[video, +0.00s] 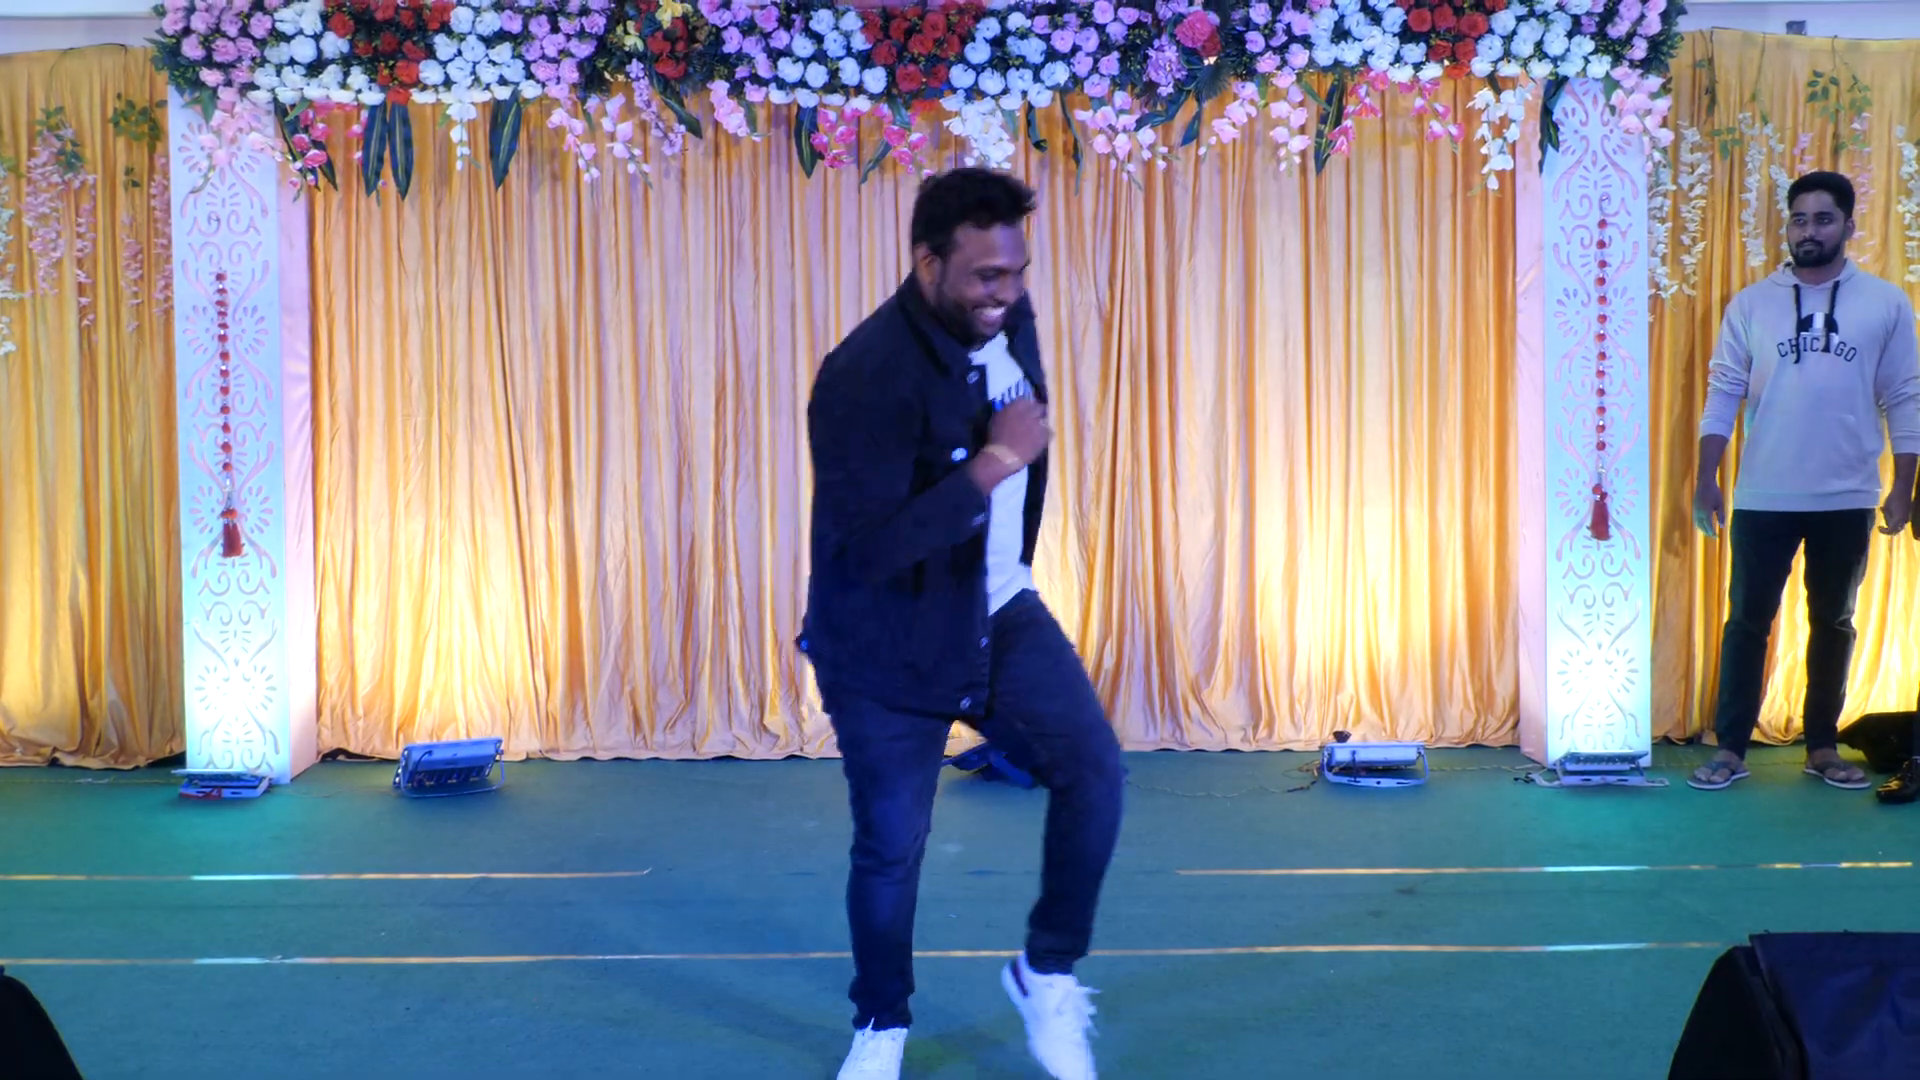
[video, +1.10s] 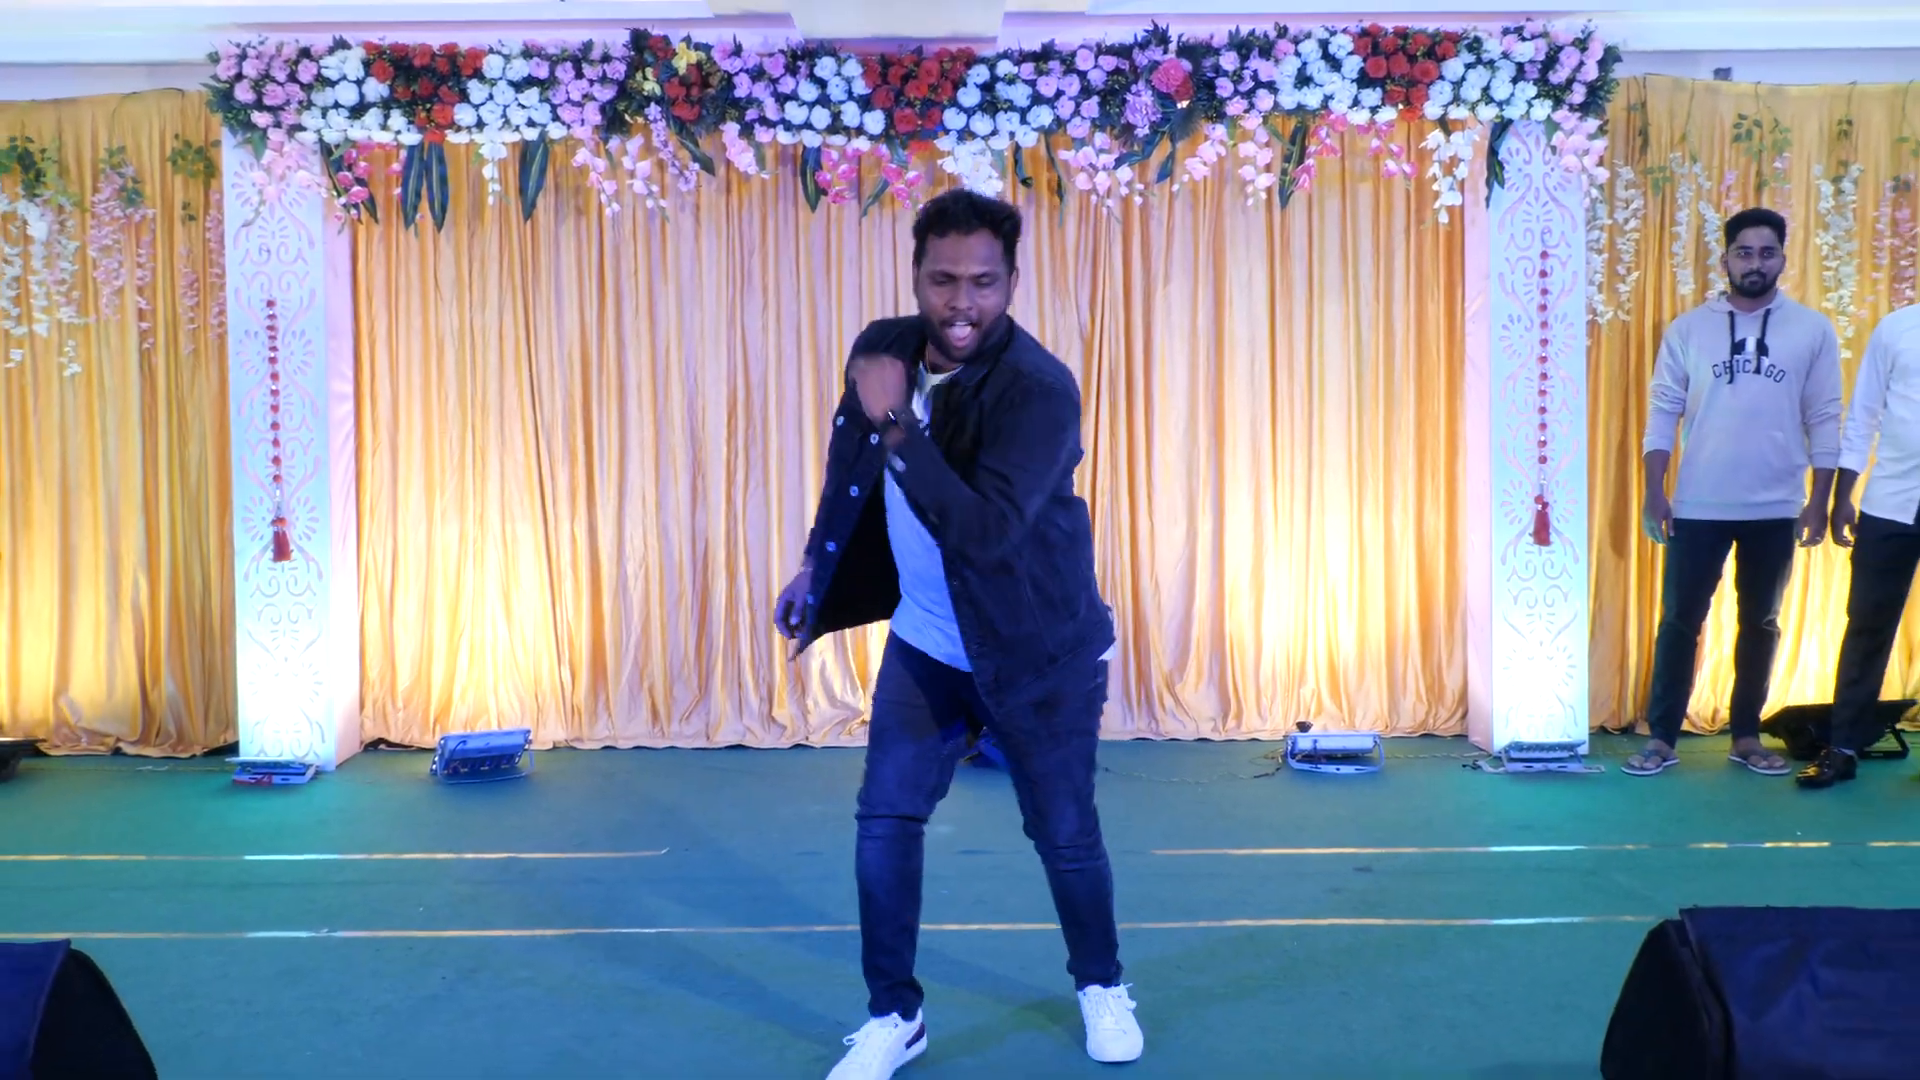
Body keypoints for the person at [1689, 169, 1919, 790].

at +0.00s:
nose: (1810, 229)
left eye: (1824, 219)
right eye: (1799, 218)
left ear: (1848, 226)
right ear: (1787, 226)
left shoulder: (1886, 304)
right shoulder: (1751, 304)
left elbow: (1905, 398)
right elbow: (1723, 390)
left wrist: (1904, 483)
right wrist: (1707, 474)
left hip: (1846, 495)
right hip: (1764, 493)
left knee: (1833, 626)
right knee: (1747, 621)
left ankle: (1822, 748)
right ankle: (1730, 749)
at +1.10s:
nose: (1755, 262)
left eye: (1767, 252)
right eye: (1744, 252)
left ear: (1783, 260)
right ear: (1725, 259)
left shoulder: (1811, 330)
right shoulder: (1689, 328)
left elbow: (1825, 416)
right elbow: (1663, 409)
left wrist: (1820, 497)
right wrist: (1654, 486)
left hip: (1773, 506)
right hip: (1699, 503)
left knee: (1760, 627)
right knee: (1679, 623)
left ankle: (1746, 738)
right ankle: (1662, 739)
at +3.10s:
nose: (1715, 275)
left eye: (1728, 266)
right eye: (1709, 266)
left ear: (1757, 272)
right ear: (1703, 271)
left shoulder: (1792, 342)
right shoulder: (1672, 339)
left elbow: (1805, 428)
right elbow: (1647, 417)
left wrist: (1801, 507)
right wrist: (1637, 491)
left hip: (1755, 511)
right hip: (1681, 509)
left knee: (1742, 629)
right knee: (1661, 624)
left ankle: (1727, 737)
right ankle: (1644, 737)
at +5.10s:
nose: (1682, 302)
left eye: (1692, 291)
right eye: (1670, 291)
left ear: (1708, 290)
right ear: (1651, 293)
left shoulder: (1742, 338)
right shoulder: (1622, 347)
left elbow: (1784, 373)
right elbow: (1586, 387)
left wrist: (1756, 449)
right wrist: (1603, 455)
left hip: (1716, 500)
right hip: (1642, 501)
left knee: (1726, 619)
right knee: (1642, 615)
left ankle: (1728, 740)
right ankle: (1650, 735)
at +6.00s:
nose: (1695, 269)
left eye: (1707, 260)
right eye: (1686, 260)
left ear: (1728, 267)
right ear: (1672, 265)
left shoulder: (1758, 326)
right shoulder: (1639, 330)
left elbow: (1802, 371)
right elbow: (1599, 379)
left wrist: (1783, 440)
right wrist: (1607, 448)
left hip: (1729, 499)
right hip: (1657, 501)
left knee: (1725, 619)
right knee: (1657, 616)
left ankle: (1728, 739)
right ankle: (1654, 736)